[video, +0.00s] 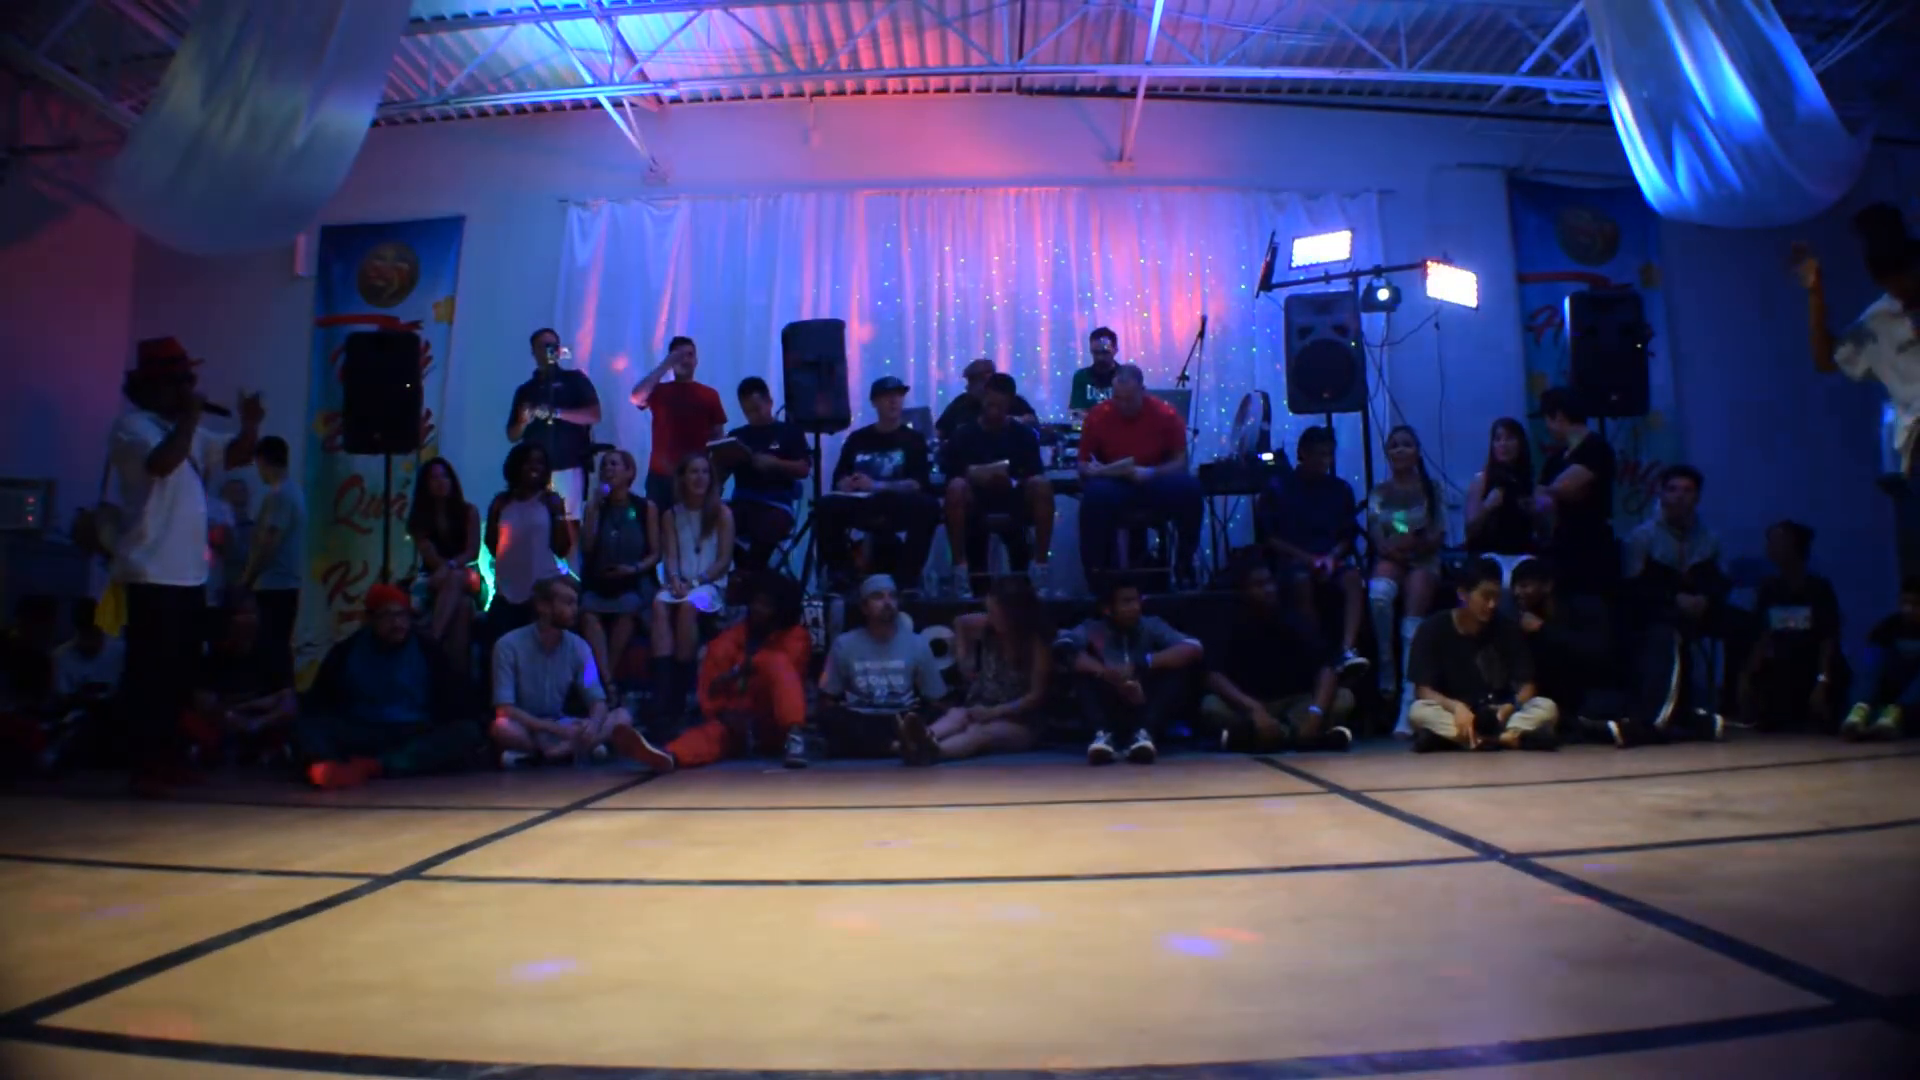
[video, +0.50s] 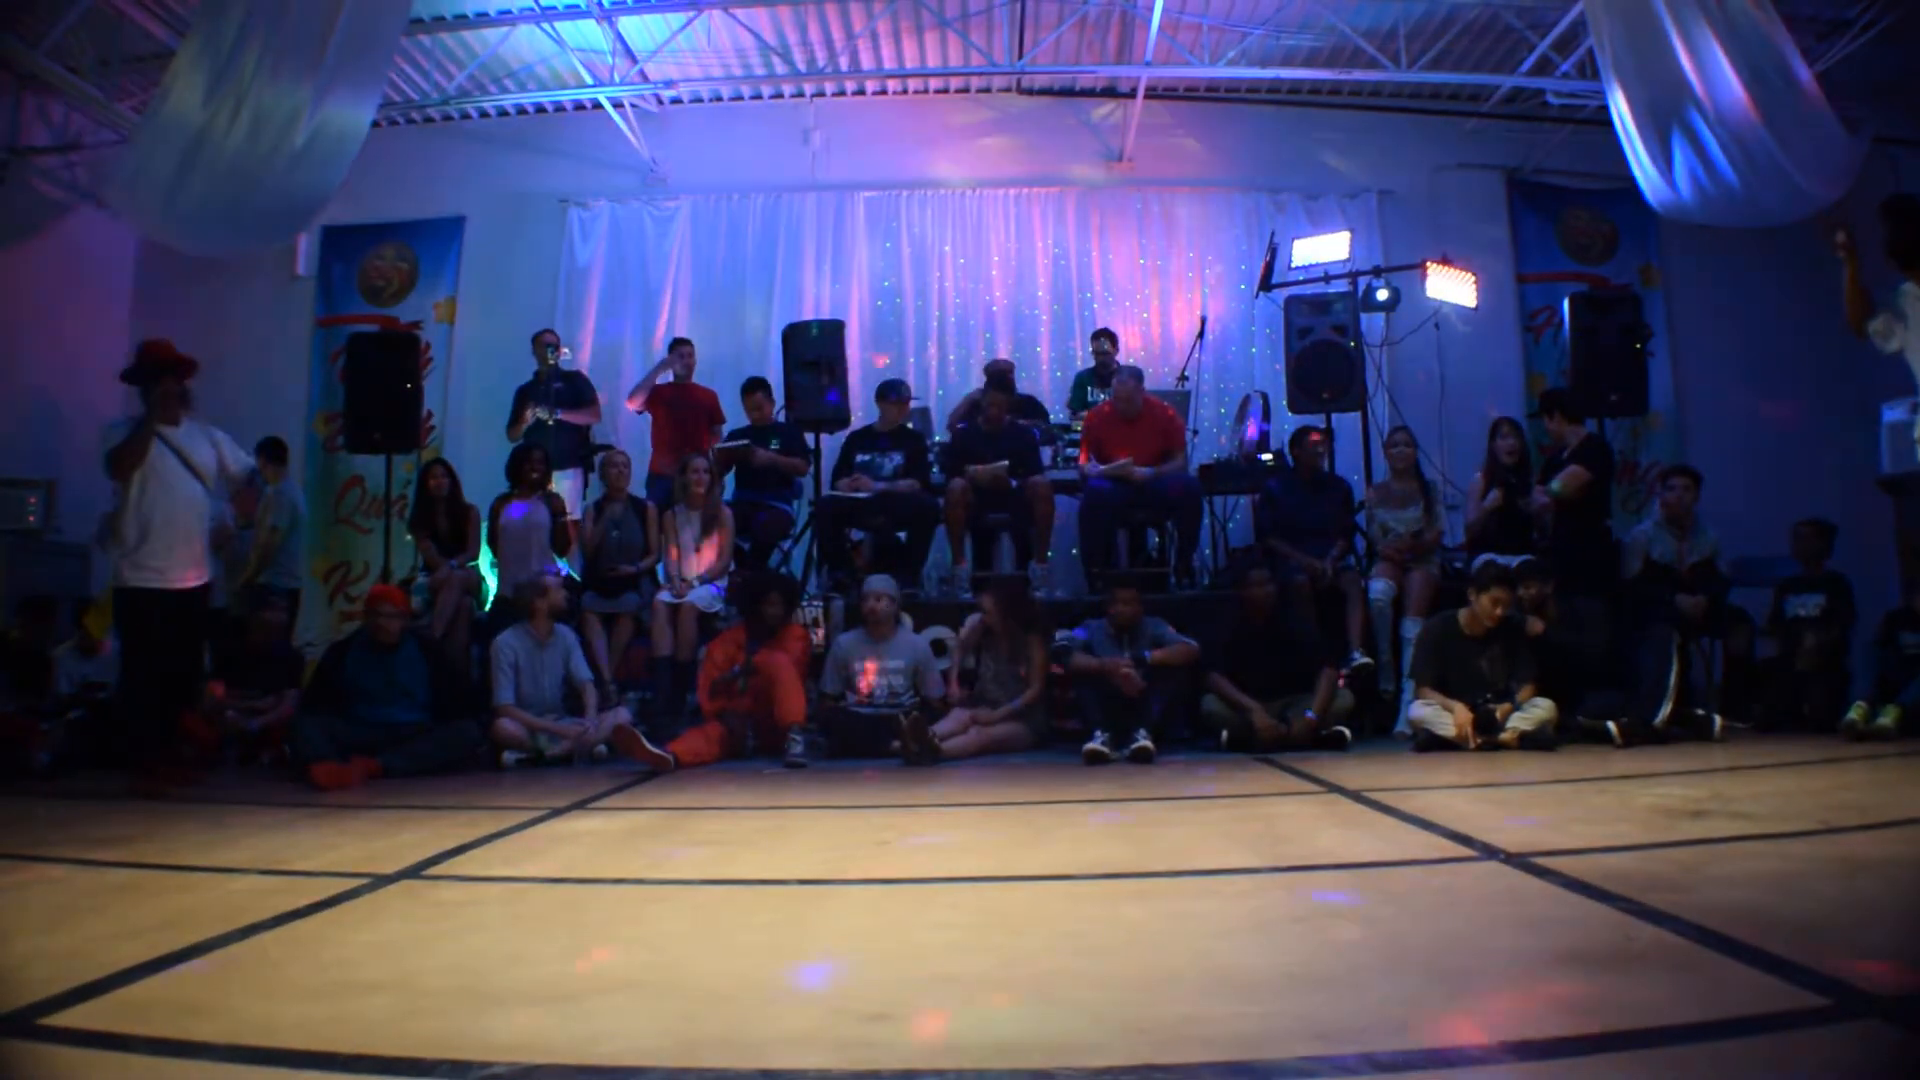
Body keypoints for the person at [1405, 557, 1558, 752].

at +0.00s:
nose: (1492, 605)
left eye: (1495, 597)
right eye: (1485, 596)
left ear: (1500, 596)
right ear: (1463, 594)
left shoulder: (1505, 627)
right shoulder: (1434, 628)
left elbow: (1528, 686)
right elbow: (1423, 690)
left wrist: (1511, 706)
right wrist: (1457, 707)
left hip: (1499, 707)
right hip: (1456, 710)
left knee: (1547, 707)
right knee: (1419, 712)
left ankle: (1470, 743)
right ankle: (1508, 740)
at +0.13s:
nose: (1494, 609)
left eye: (1499, 602)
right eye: (1488, 600)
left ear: (1504, 601)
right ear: (1466, 595)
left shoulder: (1507, 630)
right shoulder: (1436, 629)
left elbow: (1528, 686)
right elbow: (1423, 690)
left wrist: (1510, 707)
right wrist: (1457, 707)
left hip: (1499, 707)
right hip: (1456, 710)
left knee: (1547, 707)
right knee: (1419, 711)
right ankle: (1506, 740)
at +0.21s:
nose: (1496, 611)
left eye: (1502, 603)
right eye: (1491, 601)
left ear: (1508, 604)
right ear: (1469, 595)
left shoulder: (1509, 630)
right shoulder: (1436, 629)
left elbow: (1528, 686)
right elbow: (1423, 690)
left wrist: (1510, 707)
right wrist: (1457, 707)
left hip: (1498, 707)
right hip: (1456, 710)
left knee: (1547, 707)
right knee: (1419, 711)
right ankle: (1507, 740)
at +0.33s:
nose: (1498, 612)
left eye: (1504, 606)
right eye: (1493, 603)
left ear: (1510, 605)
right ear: (1471, 596)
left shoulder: (1510, 630)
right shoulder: (1438, 628)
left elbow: (1528, 686)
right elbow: (1423, 690)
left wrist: (1510, 707)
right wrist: (1457, 707)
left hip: (1500, 707)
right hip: (1457, 710)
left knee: (1547, 707)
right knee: (1419, 712)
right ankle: (1507, 740)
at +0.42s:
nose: (1499, 612)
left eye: (1505, 606)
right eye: (1494, 603)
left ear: (1511, 606)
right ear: (1472, 596)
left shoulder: (1510, 630)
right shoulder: (1438, 629)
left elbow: (1528, 686)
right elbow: (1423, 690)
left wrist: (1509, 707)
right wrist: (1457, 707)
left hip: (1499, 708)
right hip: (1457, 711)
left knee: (1547, 707)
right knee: (1418, 711)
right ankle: (1506, 739)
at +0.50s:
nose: (1499, 612)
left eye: (1505, 606)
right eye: (1494, 603)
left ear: (1511, 606)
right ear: (1472, 596)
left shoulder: (1510, 630)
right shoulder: (1438, 629)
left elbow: (1528, 686)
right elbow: (1423, 690)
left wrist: (1508, 707)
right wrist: (1456, 707)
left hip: (1499, 706)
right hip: (1457, 710)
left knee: (1546, 707)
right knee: (1418, 711)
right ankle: (1505, 740)